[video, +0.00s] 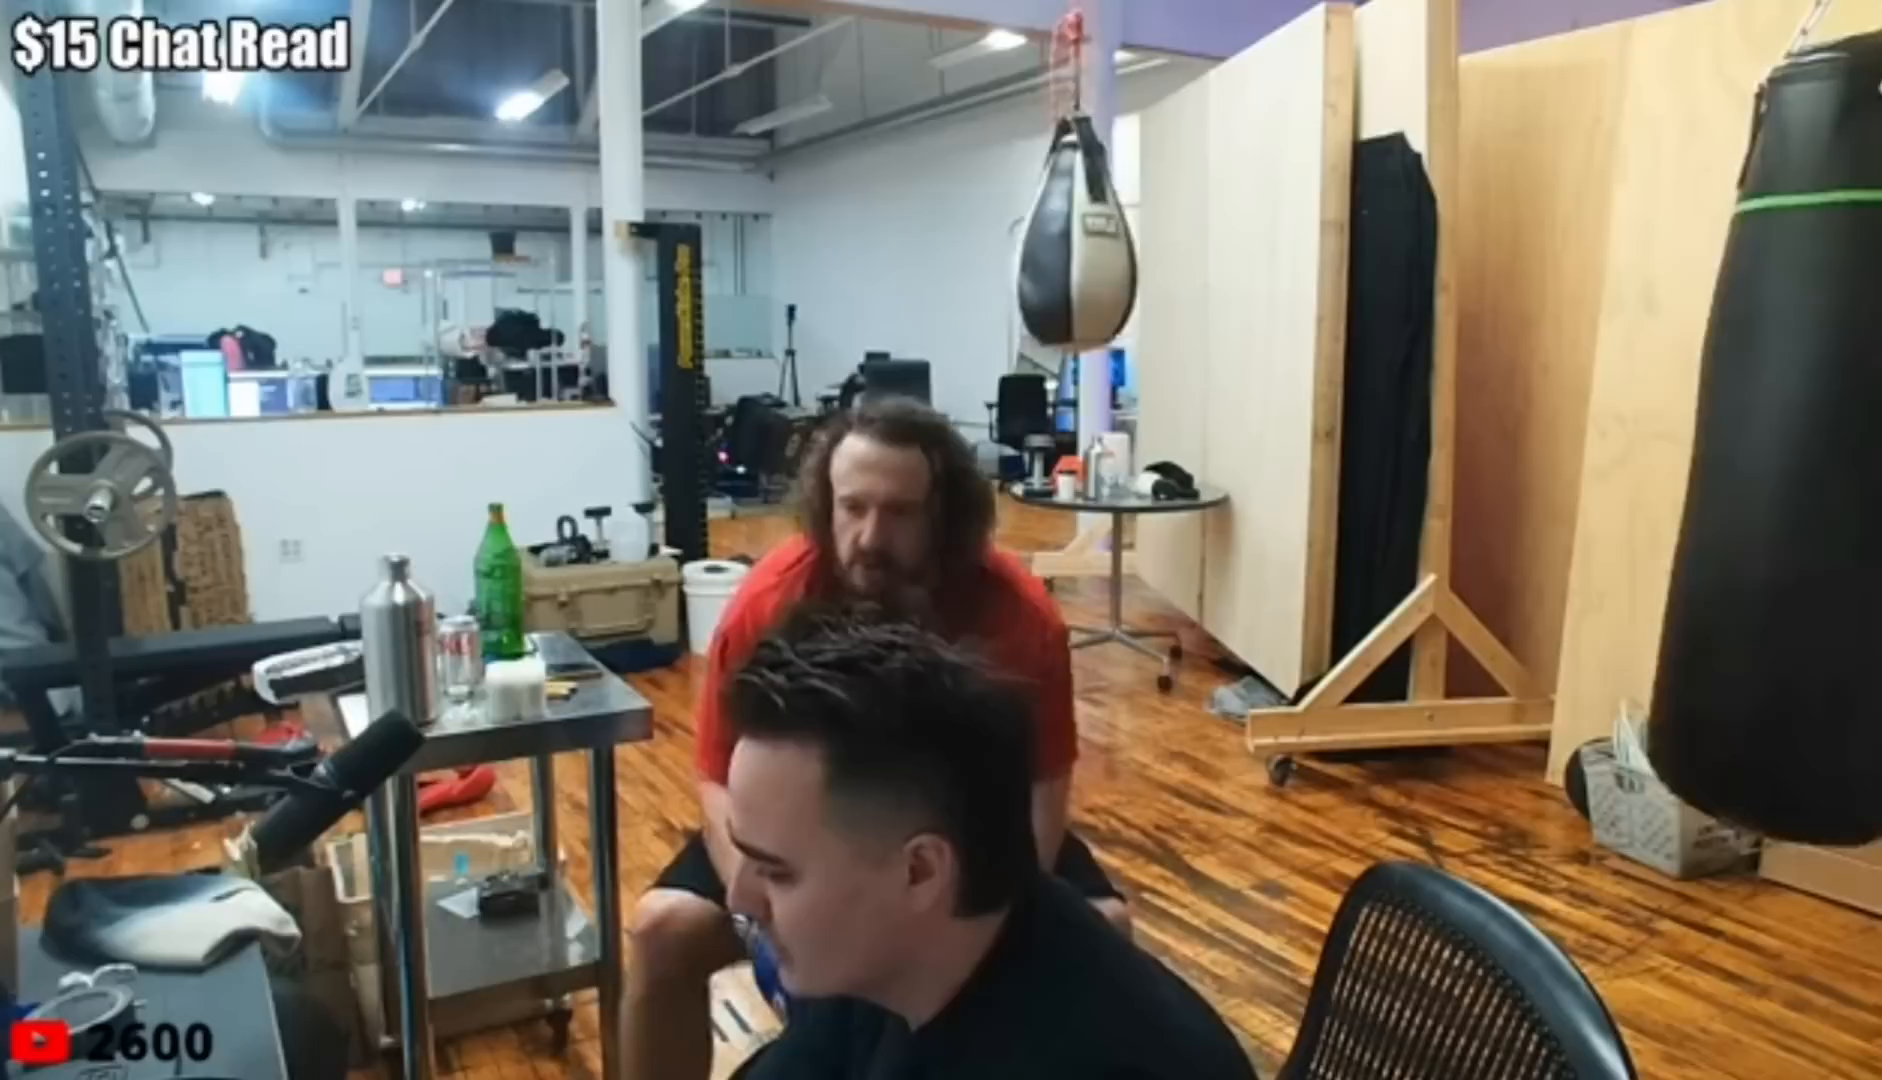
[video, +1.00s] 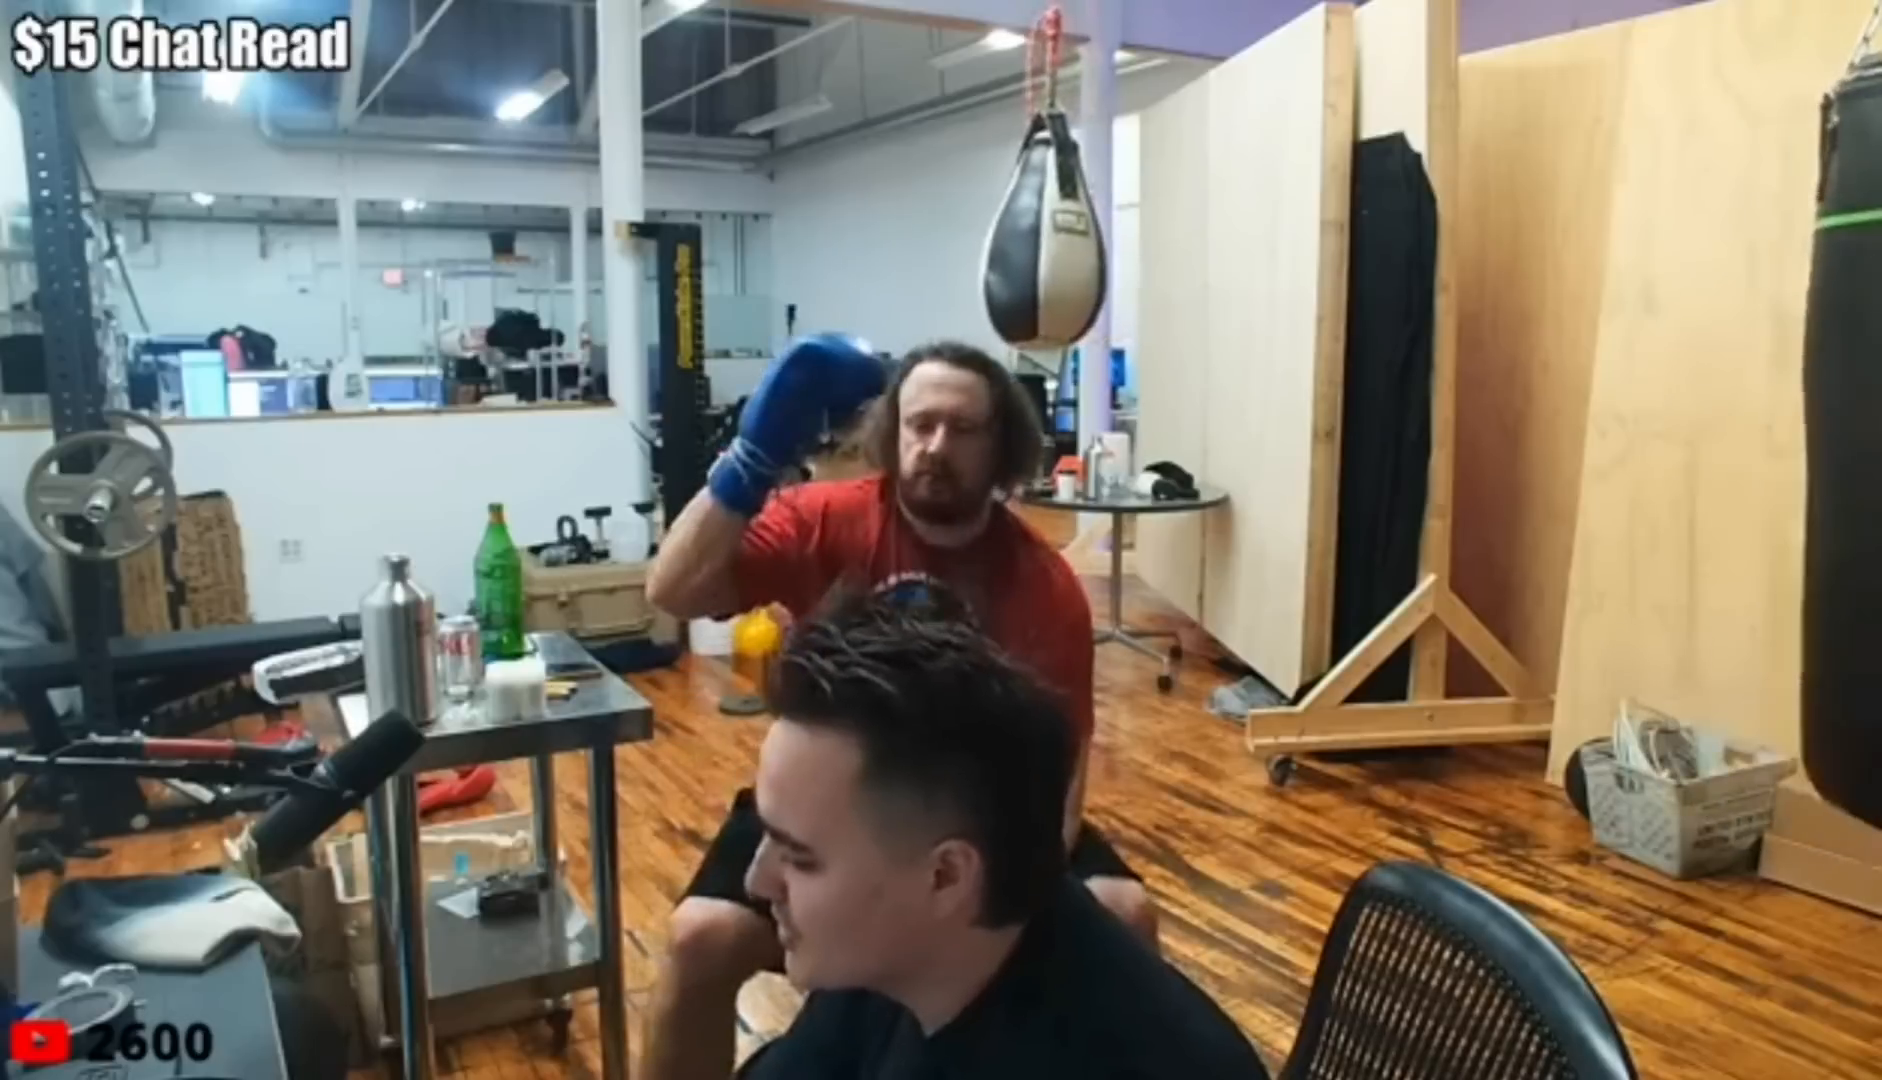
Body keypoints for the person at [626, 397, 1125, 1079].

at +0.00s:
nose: (869, 537)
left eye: (898, 513)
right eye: (852, 509)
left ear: (946, 518)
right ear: (824, 508)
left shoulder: (1022, 616)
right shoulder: (769, 596)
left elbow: (1045, 788)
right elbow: (718, 776)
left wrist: (993, 916)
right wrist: (754, 888)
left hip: (967, 823)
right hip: (799, 813)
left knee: (1101, 925)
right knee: (663, 927)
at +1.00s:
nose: (936, 449)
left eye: (963, 429)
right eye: (920, 425)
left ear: (1005, 450)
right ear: (890, 434)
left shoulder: (1045, 589)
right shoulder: (829, 519)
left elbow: (1063, 766)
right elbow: (674, 592)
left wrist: (1022, 890)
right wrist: (757, 459)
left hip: (987, 797)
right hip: (828, 784)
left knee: (1124, 913)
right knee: (701, 938)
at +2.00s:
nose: (835, 464)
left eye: (858, 438)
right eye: (817, 443)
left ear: (908, 444)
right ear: (797, 455)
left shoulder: (998, 528)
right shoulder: (766, 576)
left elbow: (1149, 599)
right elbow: (751, 746)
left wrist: (1105, 719)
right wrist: (768, 869)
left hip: (973, 783)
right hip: (813, 784)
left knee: (1117, 913)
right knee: (700, 952)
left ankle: (1077, 1074)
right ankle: (747, 1075)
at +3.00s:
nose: (812, 263)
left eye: (828, 237)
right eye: (779, 247)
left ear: (863, 257)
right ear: (729, 285)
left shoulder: (969, 376)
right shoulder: (685, 456)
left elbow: (1075, 533)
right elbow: (689, 668)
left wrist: (1072, 721)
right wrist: (761, 811)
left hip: (959, 731)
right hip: (770, 750)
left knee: (1029, 958)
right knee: (703, 985)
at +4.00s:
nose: (1111, 119)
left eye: (1108, 94)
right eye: (1089, 93)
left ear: (1027, 107)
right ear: (1010, 100)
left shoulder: (1078, 250)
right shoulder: (910, 251)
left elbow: (1074, 441)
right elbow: (846, 453)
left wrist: (1161, 521)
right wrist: (991, 568)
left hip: (1078, 658)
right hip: (952, 672)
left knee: (1058, 903)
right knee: (949, 922)